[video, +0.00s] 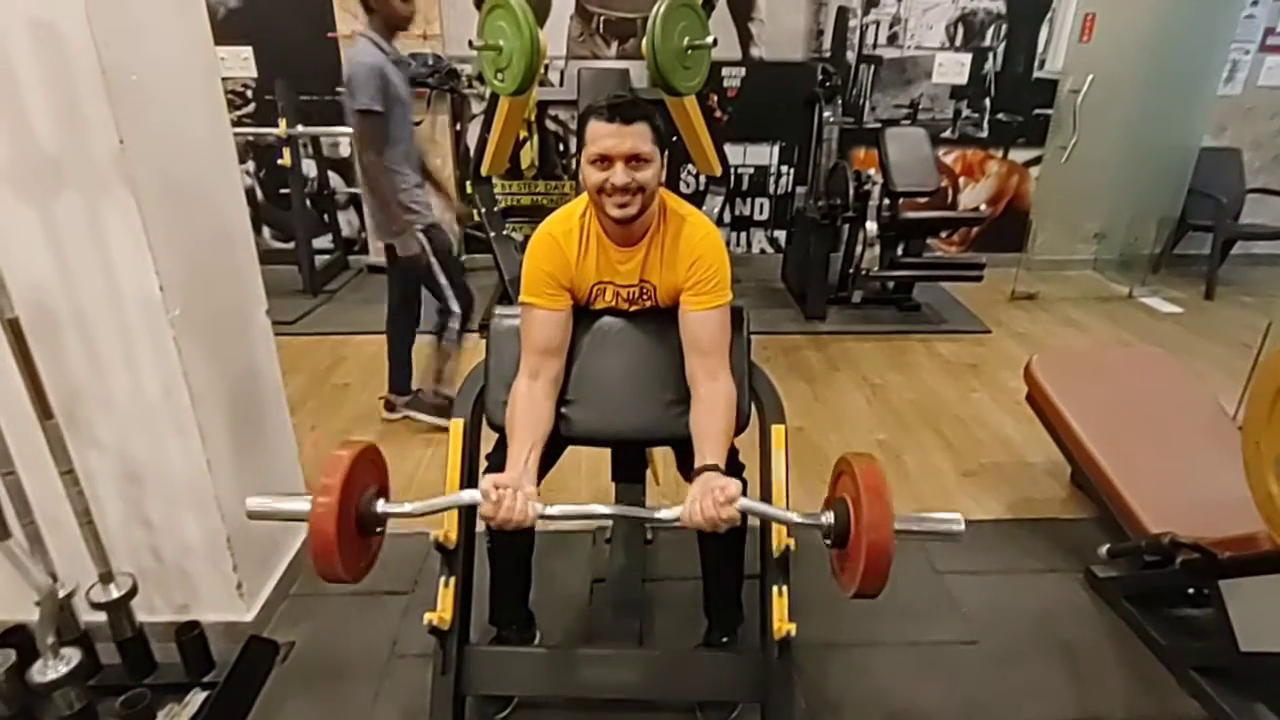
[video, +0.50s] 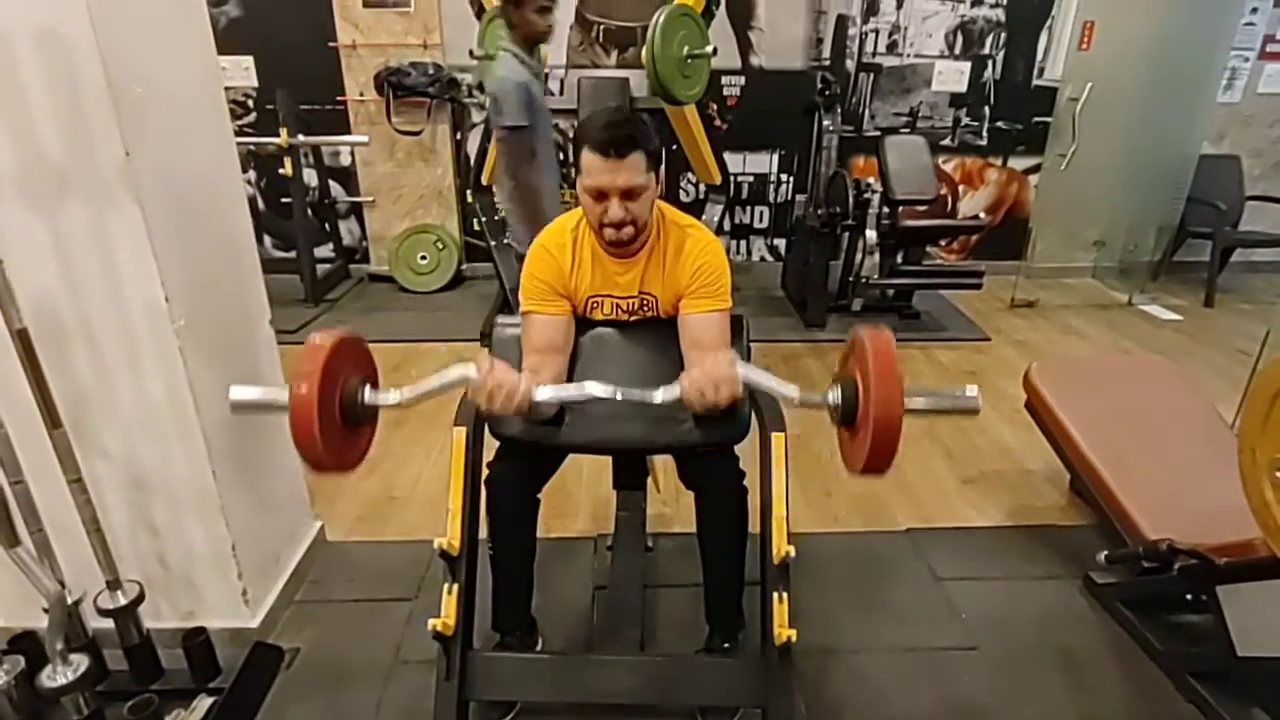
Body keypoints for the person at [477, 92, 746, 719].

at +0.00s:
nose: (620, 178)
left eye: (636, 162)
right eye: (602, 163)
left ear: (661, 167)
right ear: (581, 168)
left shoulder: (696, 241)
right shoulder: (553, 242)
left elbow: (710, 372)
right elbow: (536, 372)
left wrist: (711, 468)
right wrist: (518, 472)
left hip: (674, 367)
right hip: (577, 367)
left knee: (720, 477)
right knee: (508, 469)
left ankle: (723, 637)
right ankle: (511, 630)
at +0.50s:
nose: (617, 212)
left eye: (631, 194)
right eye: (600, 196)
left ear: (656, 183)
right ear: (577, 187)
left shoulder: (696, 249)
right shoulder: (551, 251)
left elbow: (710, 357)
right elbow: (544, 366)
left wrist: (712, 381)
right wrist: (516, 389)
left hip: (671, 392)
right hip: (579, 393)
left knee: (720, 475)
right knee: (508, 478)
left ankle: (725, 636)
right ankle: (514, 636)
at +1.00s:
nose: (617, 232)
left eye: (633, 216)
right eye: (600, 217)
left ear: (655, 197)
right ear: (580, 201)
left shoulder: (689, 248)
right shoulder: (555, 249)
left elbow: (708, 400)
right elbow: (542, 403)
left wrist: (710, 304)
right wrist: (526, 303)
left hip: (667, 380)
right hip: (576, 379)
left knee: (720, 479)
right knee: (507, 482)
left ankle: (723, 640)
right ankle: (513, 640)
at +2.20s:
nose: (647, 242)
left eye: (656, 228)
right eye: (629, 234)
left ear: (668, 201)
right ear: (590, 211)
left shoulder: (695, 248)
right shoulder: (548, 250)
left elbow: (708, 404)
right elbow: (538, 396)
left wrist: (704, 372)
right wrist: (514, 368)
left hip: (665, 387)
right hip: (576, 388)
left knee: (720, 477)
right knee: (504, 478)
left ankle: (723, 637)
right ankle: (511, 635)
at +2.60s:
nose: (647, 248)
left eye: (658, 234)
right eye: (629, 240)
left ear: (671, 204)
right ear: (594, 213)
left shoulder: (699, 252)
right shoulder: (550, 250)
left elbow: (707, 373)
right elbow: (536, 370)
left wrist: (712, 438)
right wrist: (515, 428)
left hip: (671, 393)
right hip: (575, 396)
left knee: (721, 467)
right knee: (504, 466)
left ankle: (723, 637)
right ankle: (510, 635)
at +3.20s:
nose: (622, 247)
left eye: (639, 235)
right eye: (607, 233)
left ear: (664, 209)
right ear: (587, 204)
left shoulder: (697, 255)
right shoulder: (551, 253)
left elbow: (708, 390)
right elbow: (536, 385)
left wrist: (704, 509)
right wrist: (521, 507)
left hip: (671, 383)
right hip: (574, 382)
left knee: (722, 490)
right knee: (503, 480)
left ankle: (724, 636)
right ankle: (512, 637)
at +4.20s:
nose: (617, 246)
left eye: (632, 230)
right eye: (601, 231)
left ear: (656, 205)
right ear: (580, 208)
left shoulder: (696, 258)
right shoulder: (552, 257)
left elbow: (711, 383)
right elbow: (536, 379)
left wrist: (714, 425)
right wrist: (513, 427)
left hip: (666, 395)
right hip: (577, 393)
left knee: (718, 483)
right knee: (504, 485)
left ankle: (723, 643)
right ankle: (511, 645)